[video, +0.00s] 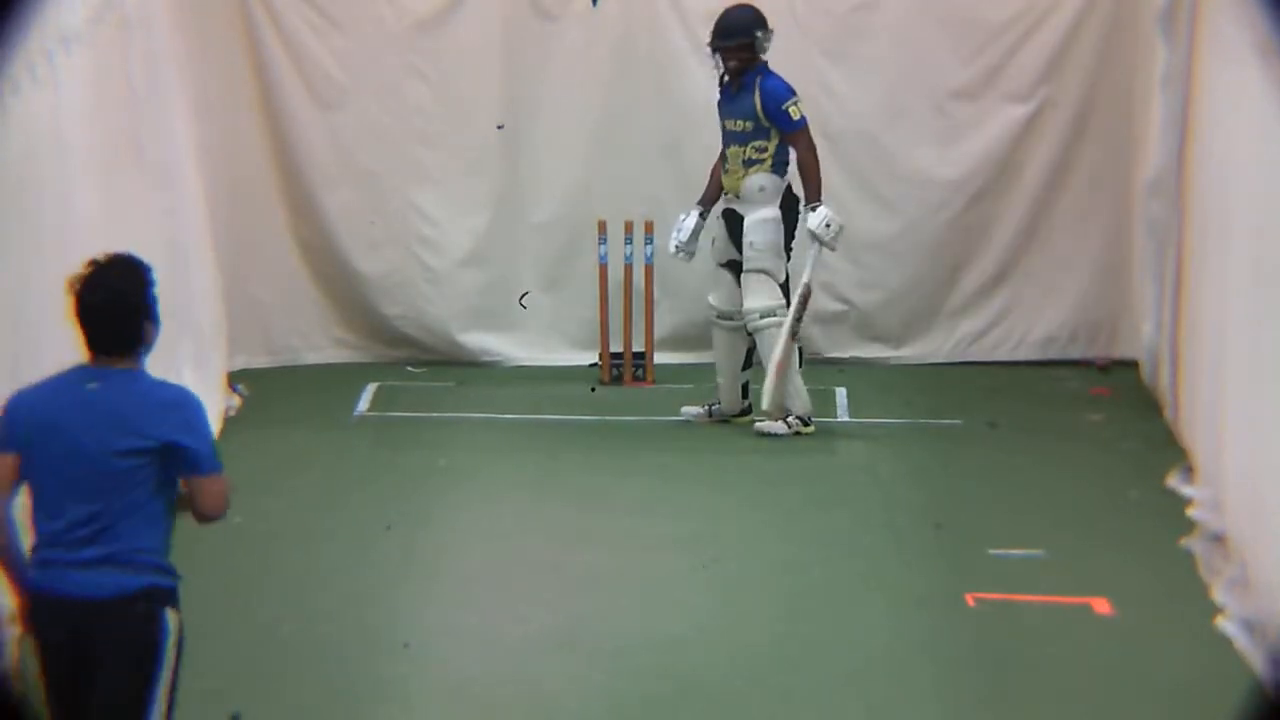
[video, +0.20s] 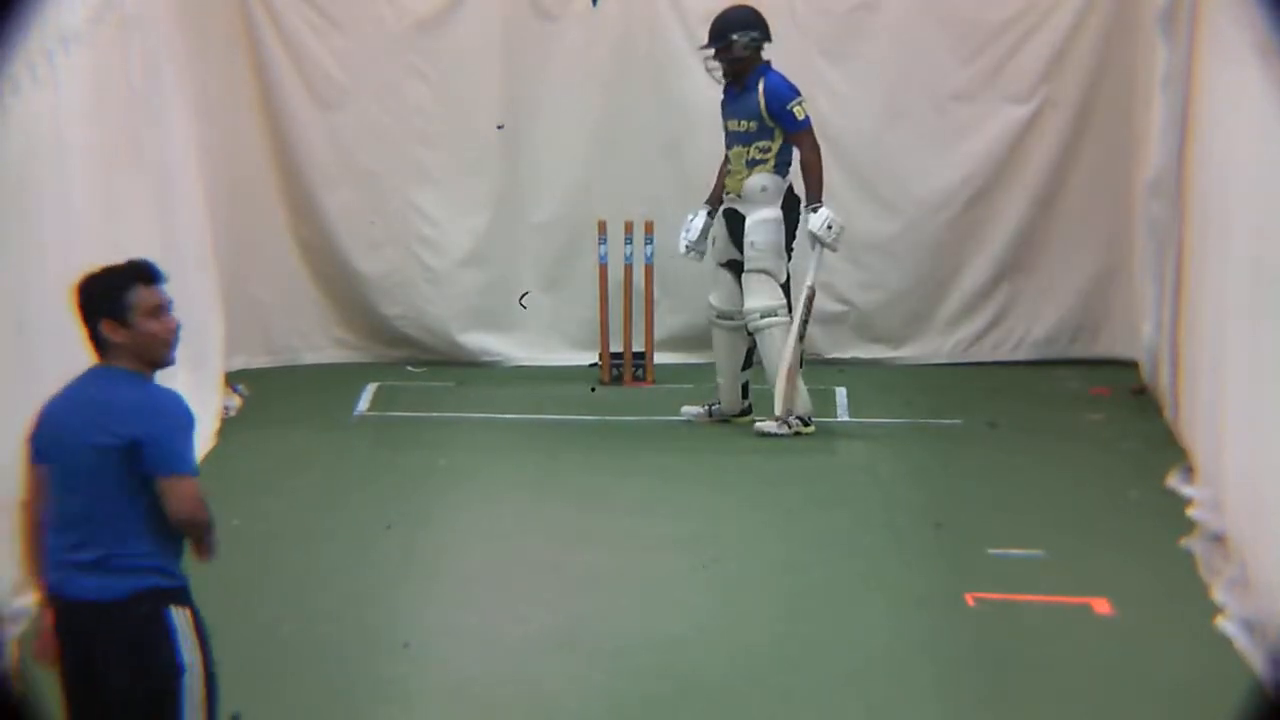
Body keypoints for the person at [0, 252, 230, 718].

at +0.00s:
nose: (157, 323)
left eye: (154, 310)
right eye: (155, 312)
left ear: (84, 323)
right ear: (147, 327)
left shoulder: (28, 406)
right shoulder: (173, 405)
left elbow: (2, 504)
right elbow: (211, 505)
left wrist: (23, 588)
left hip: (54, 610)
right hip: (138, 611)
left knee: (68, 710)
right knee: (138, 710)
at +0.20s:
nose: (175, 323)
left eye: (169, 310)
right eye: (158, 314)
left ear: (110, 331)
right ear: (111, 330)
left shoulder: (55, 411)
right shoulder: (158, 406)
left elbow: (37, 516)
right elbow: (184, 509)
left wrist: (48, 598)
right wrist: (202, 531)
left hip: (76, 616)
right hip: (147, 615)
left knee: (95, 710)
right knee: (183, 709)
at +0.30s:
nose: (169, 311)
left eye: (168, 298)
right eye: (151, 301)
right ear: (106, 318)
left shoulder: (83, 391)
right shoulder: (150, 396)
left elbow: (88, 497)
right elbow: (175, 502)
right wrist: (218, 551)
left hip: (87, 597)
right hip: (152, 596)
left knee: (104, 710)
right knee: (208, 708)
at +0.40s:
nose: (170, 308)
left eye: (172, 295)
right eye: (150, 298)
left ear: (178, 297)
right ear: (110, 315)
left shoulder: (107, 381)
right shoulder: (139, 388)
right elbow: (170, 496)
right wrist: (234, 552)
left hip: (106, 591)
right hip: (154, 592)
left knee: (113, 708)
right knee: (206, 709)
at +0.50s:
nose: (176, 310)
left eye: (179, 297)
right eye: (157, 299)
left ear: (187, 300)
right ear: (119, 316)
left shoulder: (143, 379)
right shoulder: (139, 388)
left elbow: (176, 478)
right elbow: (164, 495)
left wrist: (226, 512)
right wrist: (237, 558)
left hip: (120, 587)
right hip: (156, 590)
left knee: (119, 709)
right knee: (193, 709)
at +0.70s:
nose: (206, 307)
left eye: (210, 294)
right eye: (187, 297)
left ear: (219, 299)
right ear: (152, 314)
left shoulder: (180, 376)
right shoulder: (168, 384)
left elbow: (225, 468)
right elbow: (175, 490)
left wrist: (300, 515)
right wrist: (214, 576)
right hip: (166, 587)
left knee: (140, 705)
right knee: (194, 706)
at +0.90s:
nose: (245, 312)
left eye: (246, 298)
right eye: (226, 304)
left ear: (254, 298)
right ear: (188, 319)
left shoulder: (180, 382)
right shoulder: (220, 393)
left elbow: (225, 487)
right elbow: (226, 497)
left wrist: (288, 545)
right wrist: (260, 584)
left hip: (185, 584)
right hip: (236, 589)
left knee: (179, 704)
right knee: (258, 708)